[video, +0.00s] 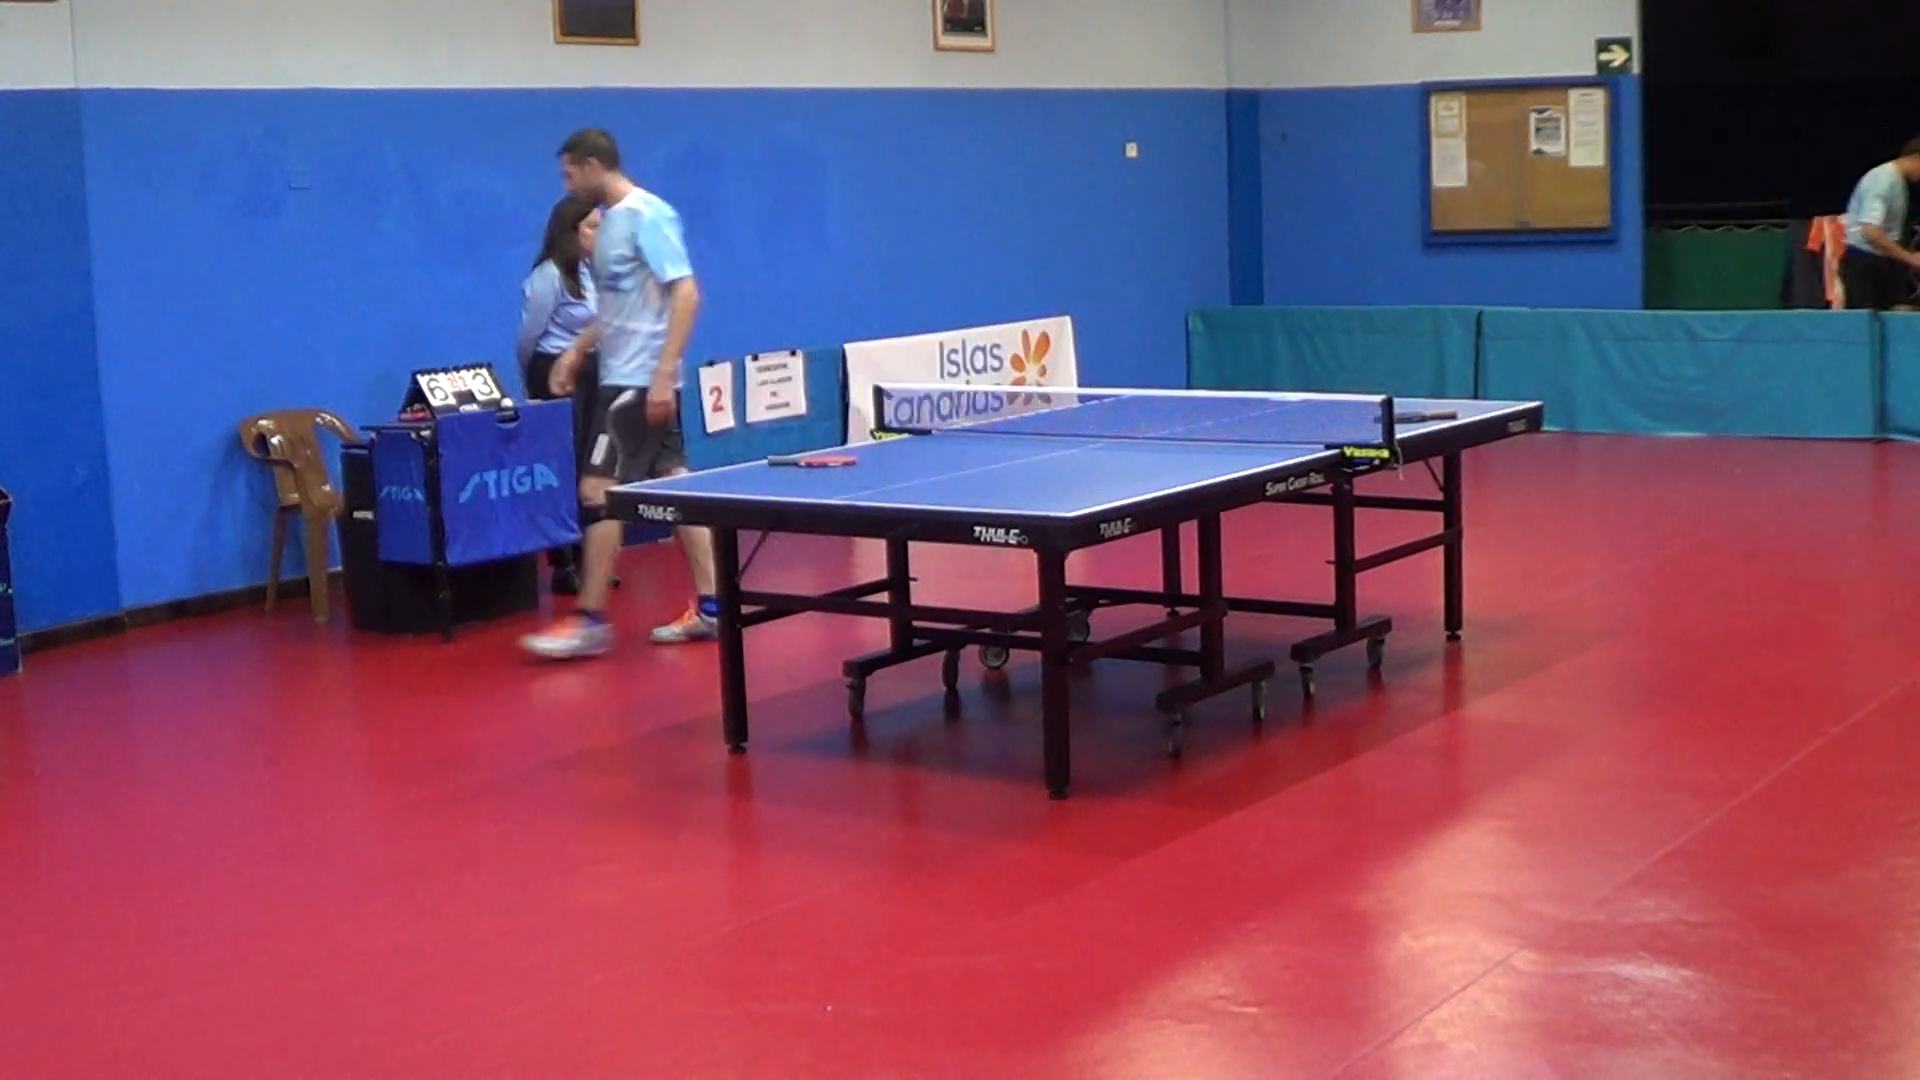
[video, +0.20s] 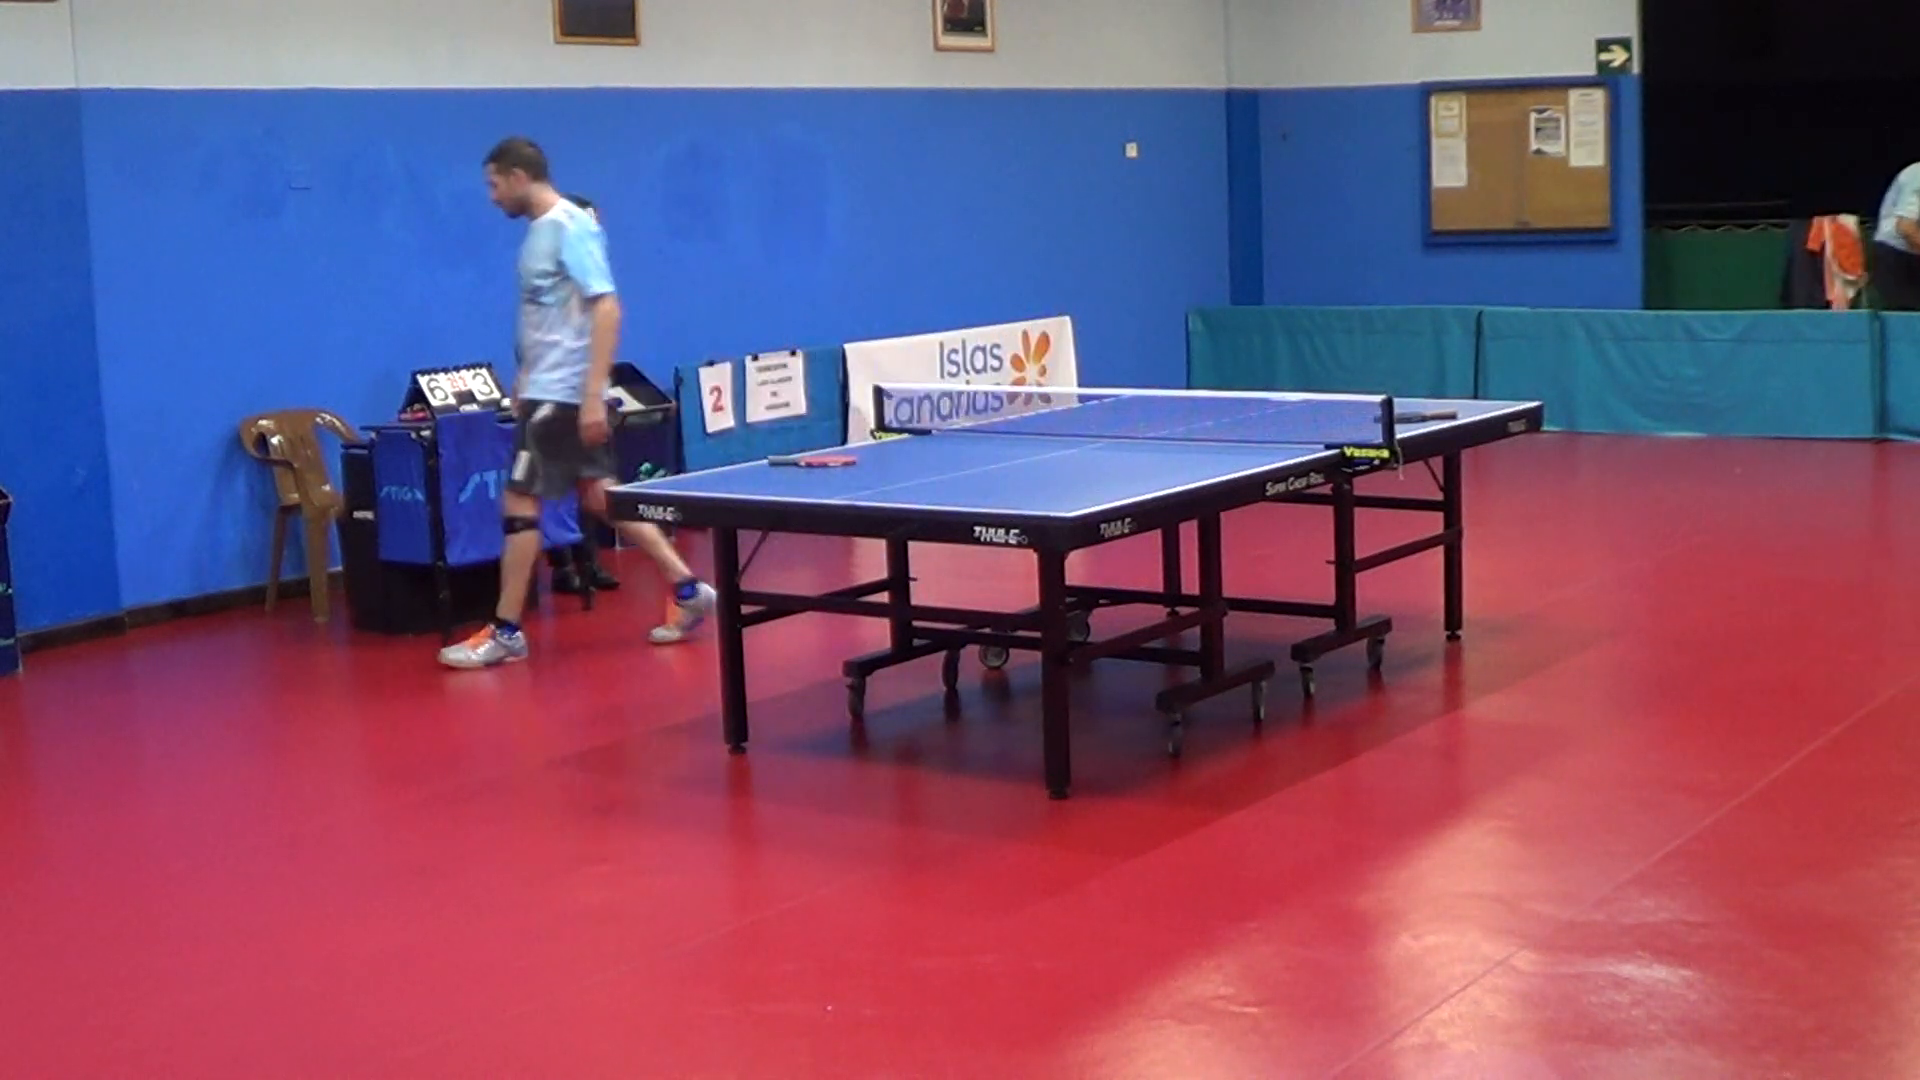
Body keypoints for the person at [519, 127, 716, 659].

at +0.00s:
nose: (568, 185)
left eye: (569, 174)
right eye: (566, 177)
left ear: (593, 166)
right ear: (593, 167)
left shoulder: (647, 214)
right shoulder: (611, 222)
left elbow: (687, 294)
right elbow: (620, 305)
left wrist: (666, 375)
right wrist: (578, 348)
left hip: (641, 381)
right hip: (627, 378)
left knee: (599, 490)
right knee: (681, 491)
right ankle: (712, 606)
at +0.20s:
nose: (492, 196)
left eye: (493, 184)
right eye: (490, 185)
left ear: (518, 177)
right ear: (519, 177)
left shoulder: (569, 225)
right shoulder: (541, 230)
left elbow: (607, 308)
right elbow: (548, 317)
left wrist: (594, 397)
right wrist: (527, 381)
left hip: (563, 396)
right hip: (549, 395)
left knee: (520, 502)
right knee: (602, 499)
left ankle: (506, 629)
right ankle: (688, 588)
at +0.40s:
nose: (419, 181)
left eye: (422, 170)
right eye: (418, 171)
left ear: (447, 167)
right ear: (450, 166)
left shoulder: (488, 220)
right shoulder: (468, 220)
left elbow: (502, 307)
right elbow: (480, 310)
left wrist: (488, 393)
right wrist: (461, 384)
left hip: (493, 388)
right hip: (465, 385)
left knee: (492, 505)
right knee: (444, 489)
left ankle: (504, 629)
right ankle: (547, 568)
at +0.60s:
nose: (348, 189)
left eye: (352, 177)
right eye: (348, 178)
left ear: (374, 175)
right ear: (385, 175)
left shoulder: (405, 229)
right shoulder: (427, 224)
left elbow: (399, 318)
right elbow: (469, 306)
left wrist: (351, 394)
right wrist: (460, 381)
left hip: (428, 399)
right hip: (398, 401)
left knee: (464, 507)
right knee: (370, 499)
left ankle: (502, 628)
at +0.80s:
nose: (275, 195)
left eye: (279, 184)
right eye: (276, 184)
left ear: (300, 183)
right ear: (315, 182)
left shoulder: (326, 239)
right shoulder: (358, 235)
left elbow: (315, 326)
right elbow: (395, 320)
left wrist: (260, 397)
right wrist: (386, 400)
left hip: (341, 410)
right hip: (330, 409)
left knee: (385, 515)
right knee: (311, 514)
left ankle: (474, 612)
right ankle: (283, 638)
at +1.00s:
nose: (208, 193)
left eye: (212, 183)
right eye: (209, 183)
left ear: (233, 181)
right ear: (251, 181)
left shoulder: (256, 238)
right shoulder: (291, 231)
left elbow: (248, 327)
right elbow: (317, 318)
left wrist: (198, 392)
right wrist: (289, 375)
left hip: (259, 401)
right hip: (293, 400)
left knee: (225, 516)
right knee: (285, 511)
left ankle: (338, 584)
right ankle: (279, 636)